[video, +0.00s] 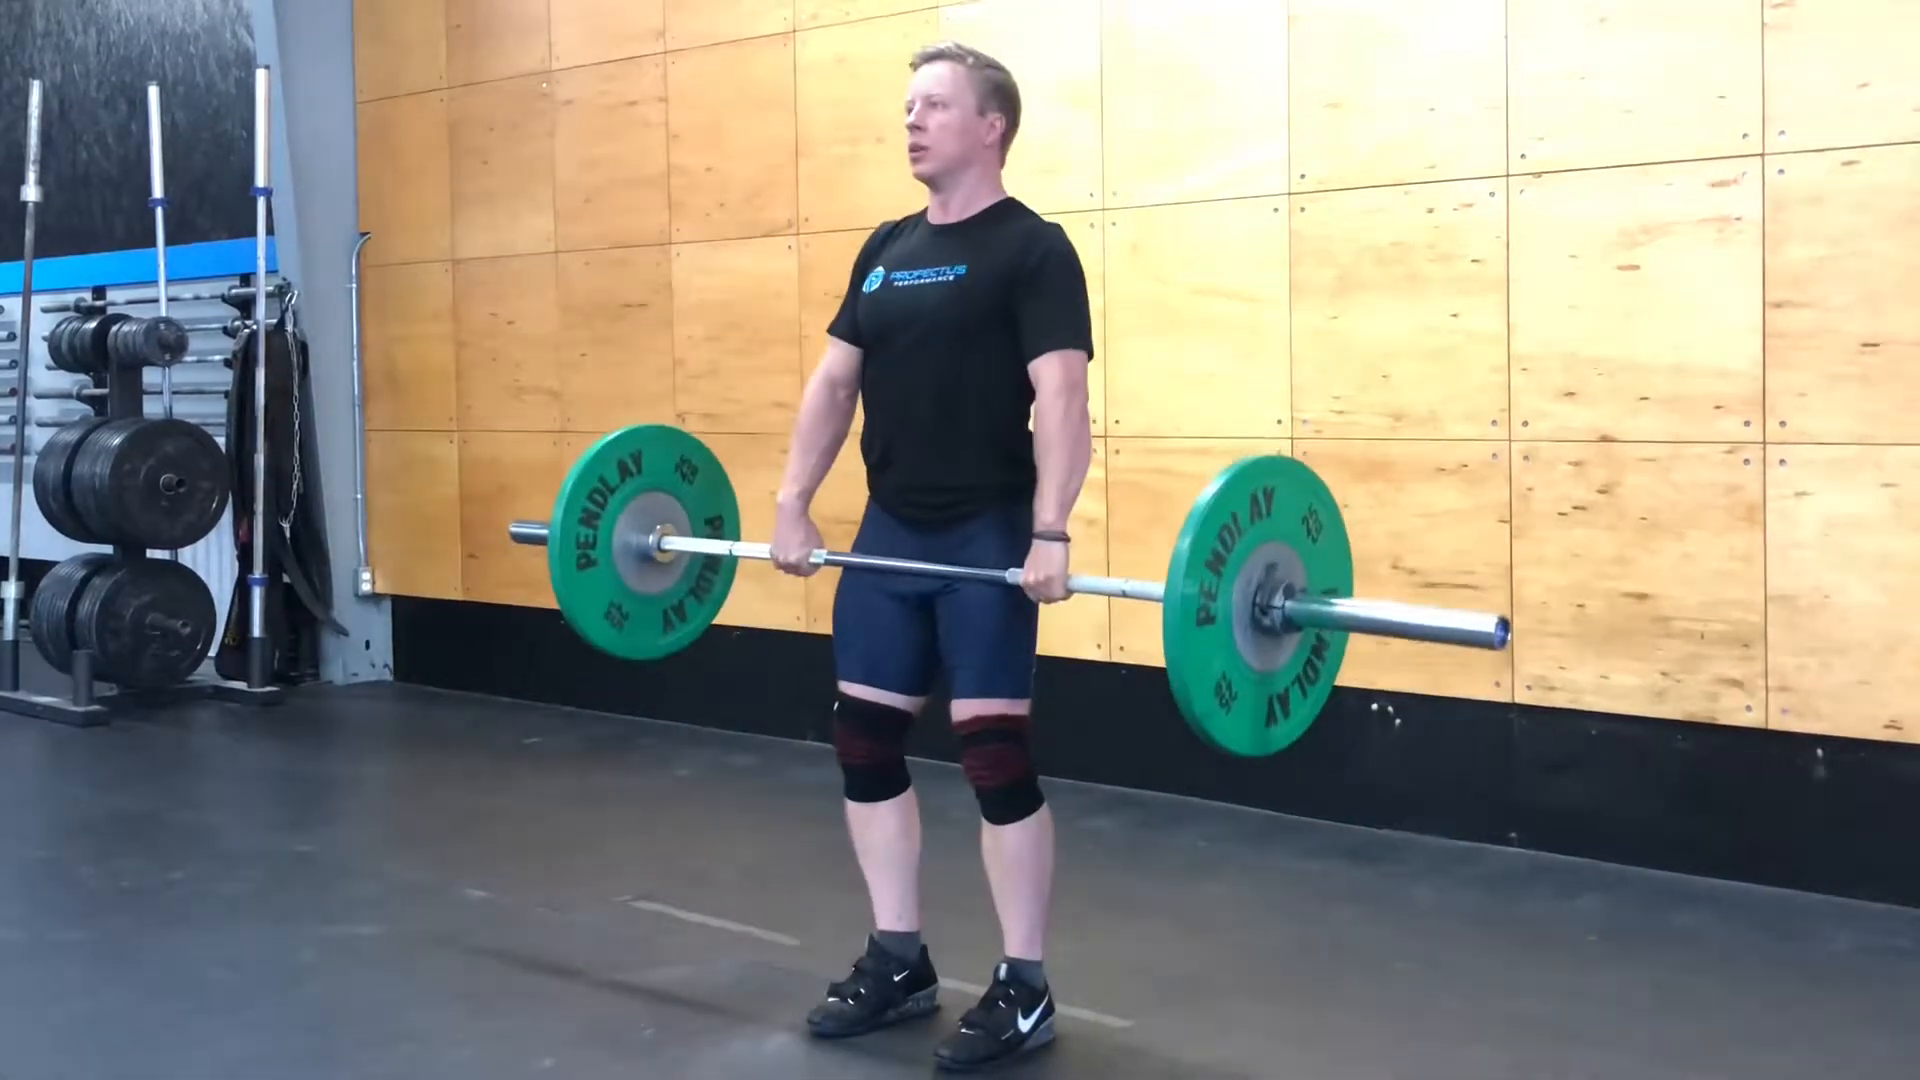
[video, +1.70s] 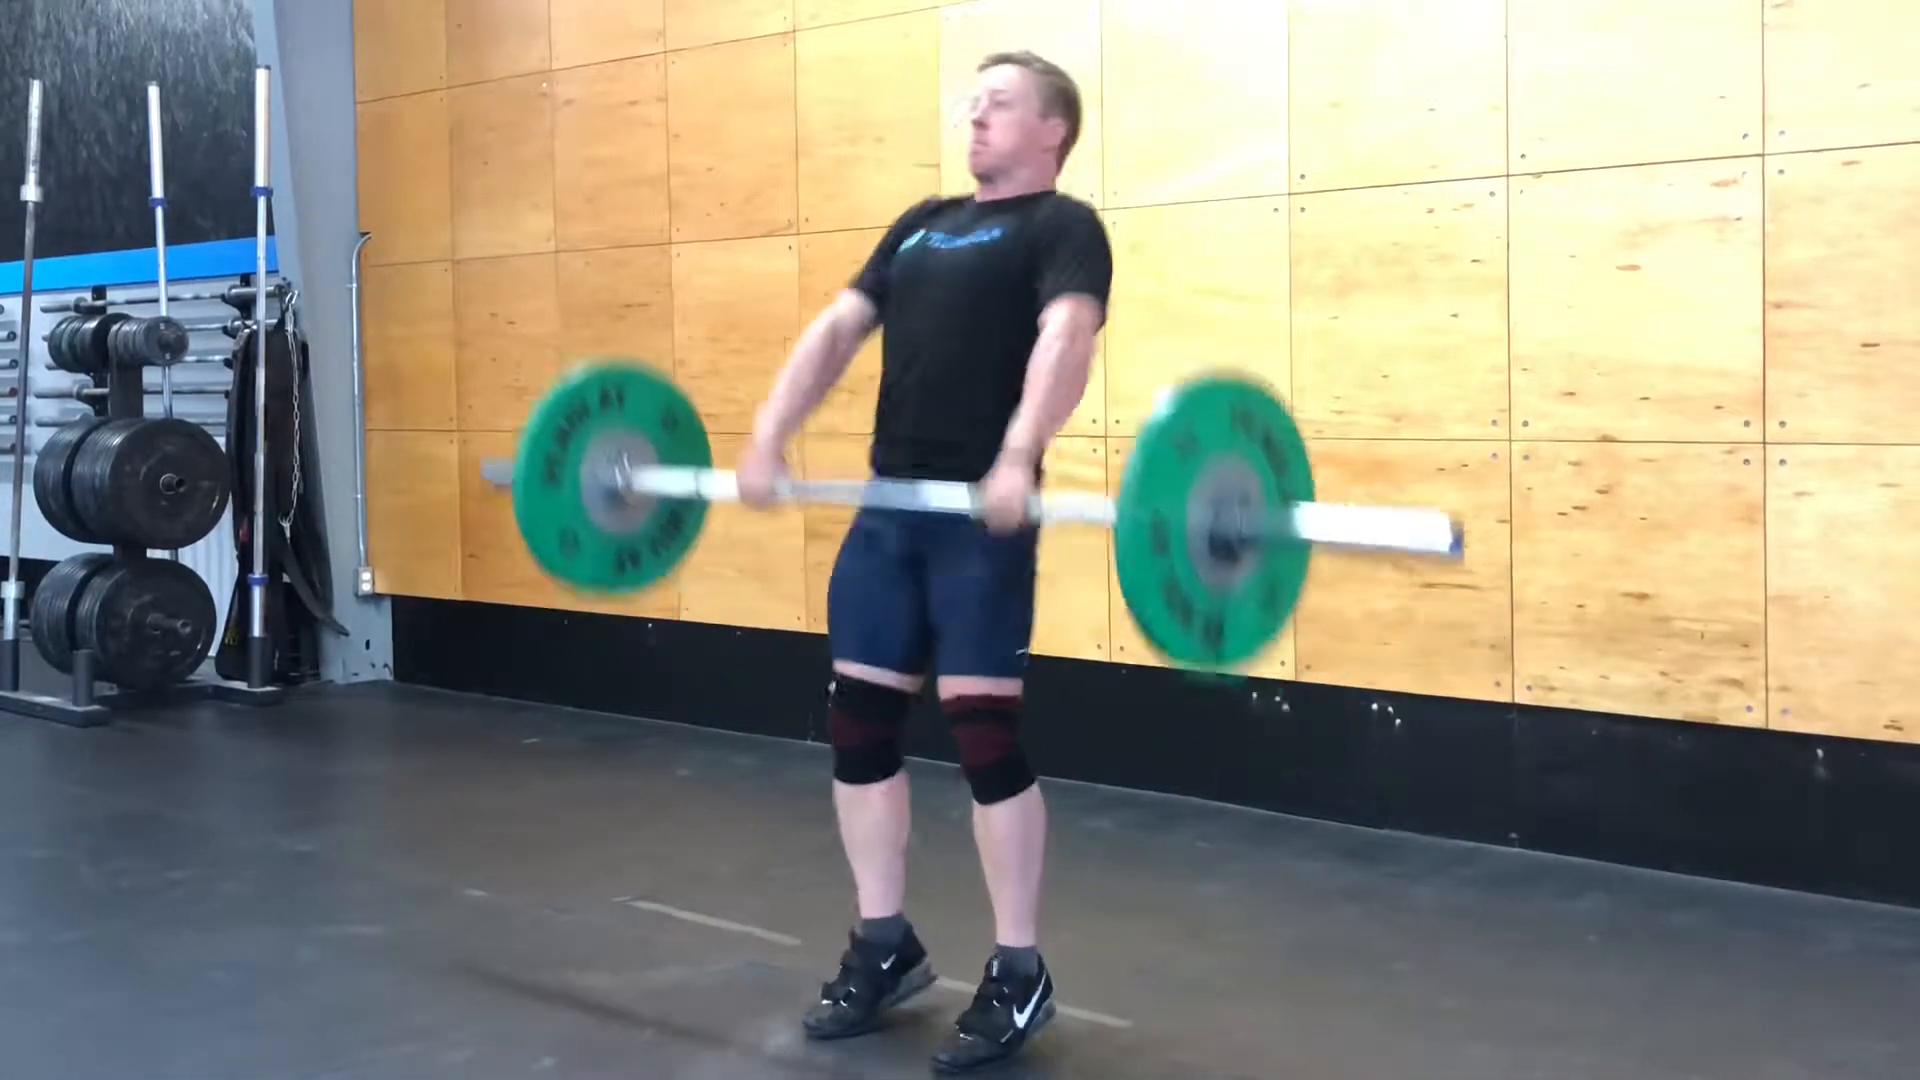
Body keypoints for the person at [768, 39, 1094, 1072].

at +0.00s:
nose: (911, 122)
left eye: (932, 108)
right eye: (909, 108)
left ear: (992, 127)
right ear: (917, 129)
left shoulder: (1033, 247)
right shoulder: (884, 250)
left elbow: (1062, 395)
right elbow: (834, 382)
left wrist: (1050, 529)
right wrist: (792, 499)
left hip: (992, 532)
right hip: (889, 526)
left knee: (994, 754)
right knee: (865, 738)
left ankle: (1024, 987)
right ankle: (897, 962)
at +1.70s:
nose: (976, 118)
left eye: (999, 107)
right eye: (975, 104)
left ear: (1055, 133)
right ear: (971, 127)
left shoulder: (1067, 228)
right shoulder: (924, 223)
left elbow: (1067, 342)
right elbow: (840, 330)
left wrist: (1020, 455)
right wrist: (769, 431)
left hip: (985, 515)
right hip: (887, 512)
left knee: (983, 731)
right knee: (859, 724)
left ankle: (1017, 974)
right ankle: (881, 944)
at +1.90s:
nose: (900, 200)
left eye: (922, 186)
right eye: (901, 185)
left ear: (981, 209)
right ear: (911, 210)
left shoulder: (1032, 321)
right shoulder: (888, 326)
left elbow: (1106, 459)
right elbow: (876, 449)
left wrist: (1044, 387)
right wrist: (799, 386)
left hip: (1036, 589)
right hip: (938, 589)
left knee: (1000, 772)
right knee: (816, 752)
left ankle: (1055, 990)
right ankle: (882, 959)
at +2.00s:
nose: (903, 244)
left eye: (926, 231)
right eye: (903, 230)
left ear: (984, 255)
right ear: (909, 255)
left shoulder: (1020, 382)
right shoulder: (874, 379)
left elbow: (985, 515)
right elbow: (768, 487)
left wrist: (1008, 379)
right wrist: (766, 362)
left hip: (1046, 621)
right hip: (945, 625)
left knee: (1021, 786)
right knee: (804, 761)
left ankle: (1056, 993)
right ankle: (882, 960)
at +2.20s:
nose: (908, 375)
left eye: (928, 359)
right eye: (906, 359)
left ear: (987, 377)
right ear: (903, 372)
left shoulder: (1020, 496)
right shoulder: (873, 486)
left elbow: (943, 558)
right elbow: (735, 516)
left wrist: (992, 443)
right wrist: (779, 433)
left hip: (1059, 717)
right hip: (955, 716)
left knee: (1040, 800)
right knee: (794, 768)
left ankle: (1058, 993)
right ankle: (881, 959)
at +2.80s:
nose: (904, 253)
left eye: (926, 239)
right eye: (904, 237)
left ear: (983, 259)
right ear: (904, 253)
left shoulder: (1010, 374)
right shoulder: (859, 375)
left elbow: (945, 449)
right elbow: (726, 419)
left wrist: (978, 329)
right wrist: (771, 325)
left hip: (1026, 628)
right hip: (924, 634)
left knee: (1018, 796)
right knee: (779, 769)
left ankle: (1056, 994)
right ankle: (880, 959)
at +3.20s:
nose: (918, 128)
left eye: (940, 114)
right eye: (916, 114)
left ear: (997, 137)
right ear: (923, 136)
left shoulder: (1032, 252)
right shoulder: (887, 256)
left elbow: (1059, 396)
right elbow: (818, 380)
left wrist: (1037, 270)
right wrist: (779, 267)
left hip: (987, 537)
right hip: (888, 536)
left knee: (992, 766)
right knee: (853, 753)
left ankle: (1044, 990)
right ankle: (892, 964)